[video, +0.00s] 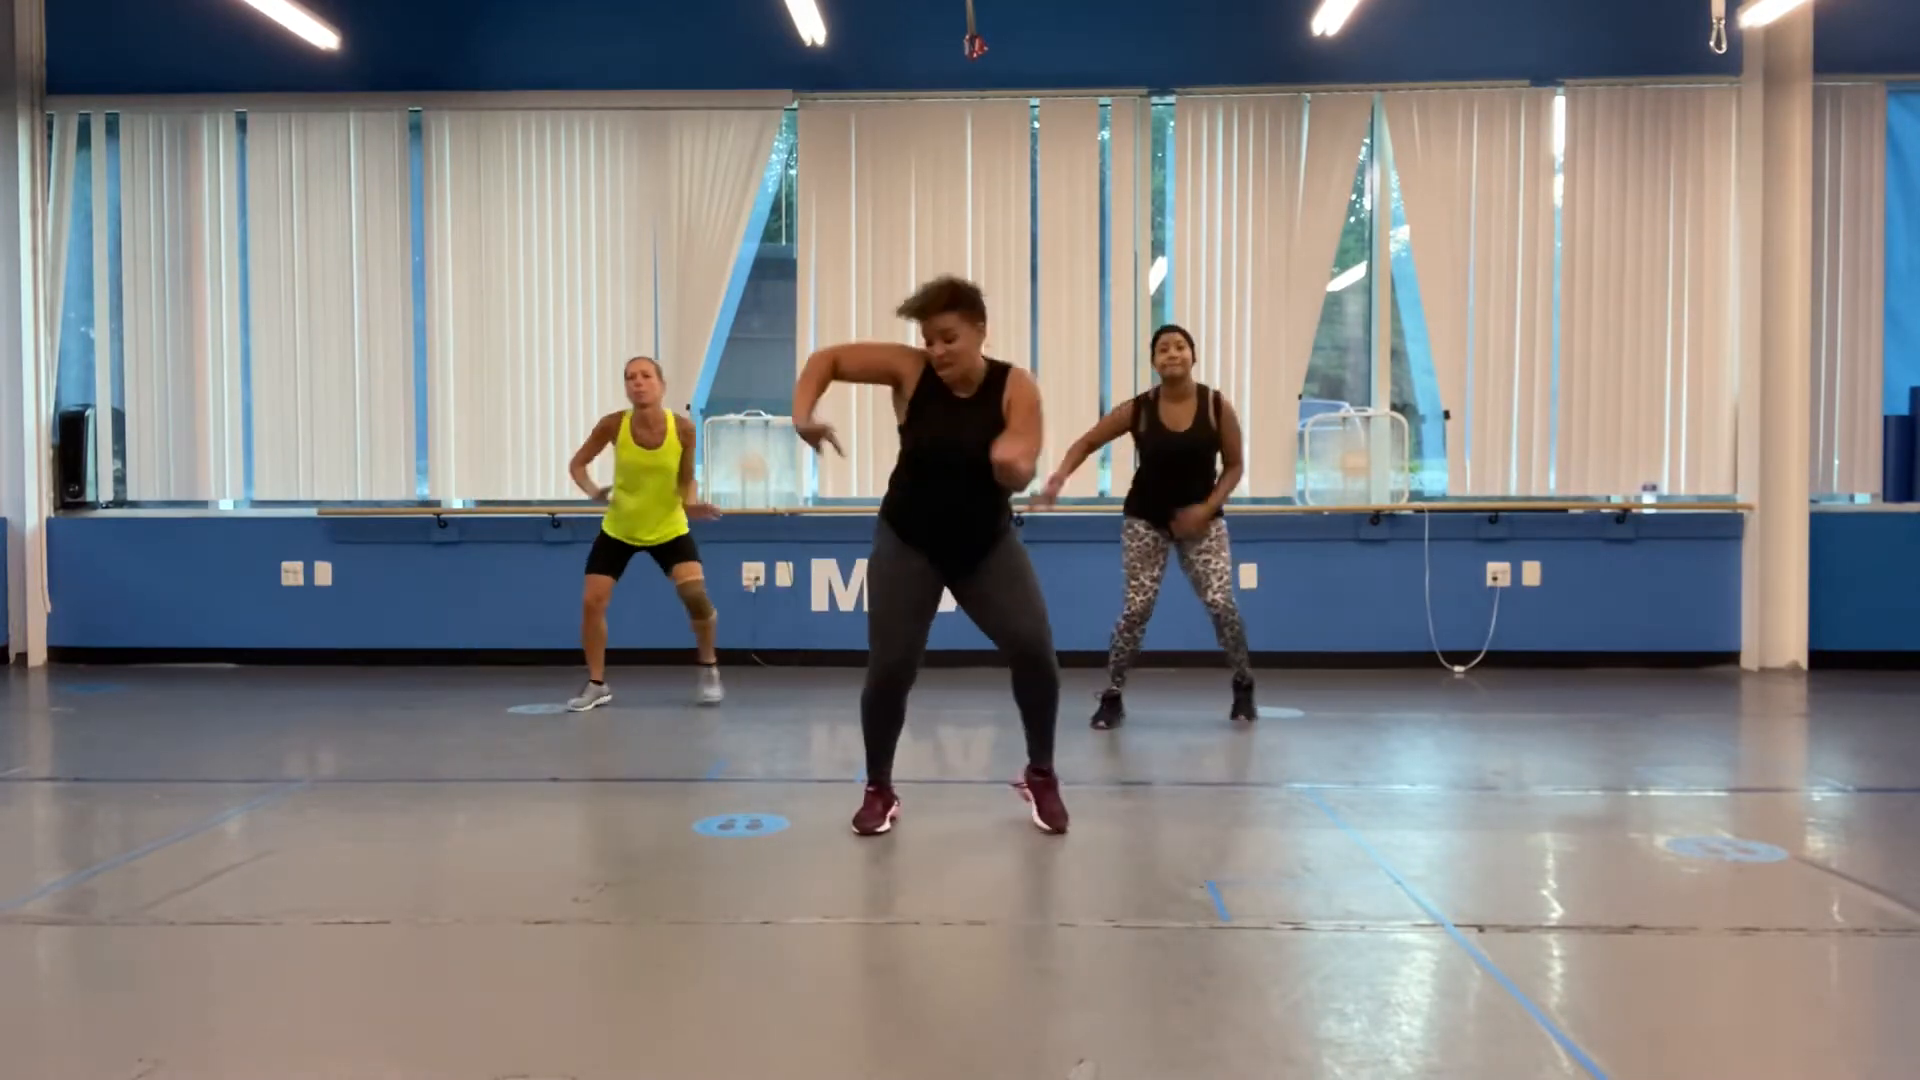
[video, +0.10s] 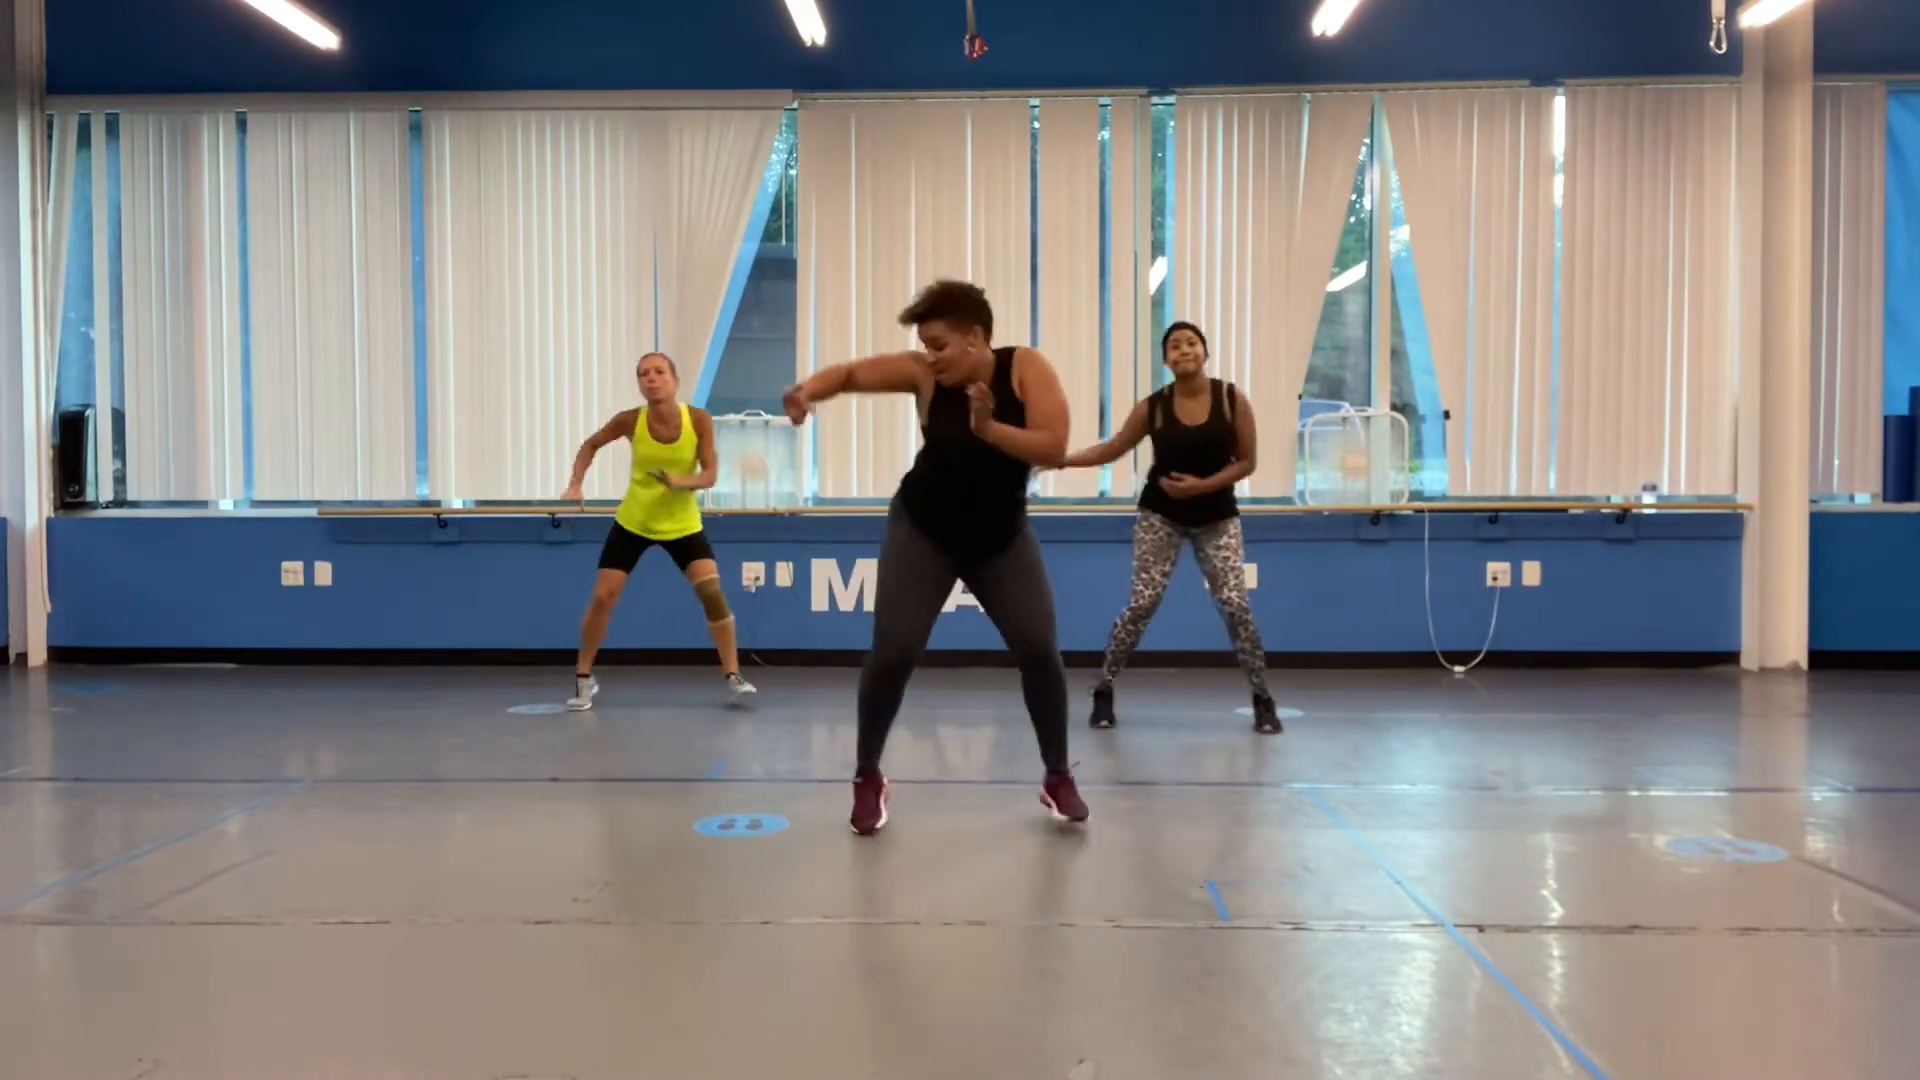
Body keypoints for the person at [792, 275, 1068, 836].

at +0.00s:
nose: (937, 350)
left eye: (949, 339)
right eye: (929, 339)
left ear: (980, 332)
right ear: (922, 337)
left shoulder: (1016, 388)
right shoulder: (908, 367)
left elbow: (1021, 467)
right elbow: (825, 359)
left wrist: (1005, 460)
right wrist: (801, 415)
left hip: (986, 545)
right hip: (907, 542)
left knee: (1035, 651)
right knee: (891, 668)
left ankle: (1041, 774)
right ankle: (878, 790)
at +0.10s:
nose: (929, 357)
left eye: (938, 345)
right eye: (925, 347)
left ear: (978, 337)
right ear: (926, 344)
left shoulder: (1027, 368)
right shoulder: (922, 372)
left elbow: (1053, 448)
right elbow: (851, 375)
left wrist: (988, 427)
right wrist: (806, 391)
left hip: (999, 537)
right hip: (922, 532)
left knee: (1040, 652)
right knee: (893, 655)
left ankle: (1058, 776)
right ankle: (867, 777)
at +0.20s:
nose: (933, 372)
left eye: (941, 360)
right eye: (930, 361)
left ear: (980, 351)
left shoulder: (1030, 376)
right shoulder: (928, 404)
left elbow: (1078, 436)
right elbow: (866, 443)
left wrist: (999, 445)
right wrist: (819, 427)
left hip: (1018, 550)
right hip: (942, 544)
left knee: (1053, 666)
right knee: (900, 650)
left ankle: (1064, 790)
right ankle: (853, 738)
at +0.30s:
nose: (922, 375)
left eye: (931, 363)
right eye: (919, 364)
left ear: (970, 357)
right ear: (958, 360)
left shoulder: (1027, 384)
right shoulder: (923, 424)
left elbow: (1087, 435)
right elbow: (906, 504)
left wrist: (1026, 471)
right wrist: (853, 474)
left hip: (1023, 557)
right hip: (945, 557)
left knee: (1056, 669)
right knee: (918, 657)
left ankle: (1064, 791)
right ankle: (861, 739)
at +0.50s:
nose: (871, 373)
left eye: (880, 360)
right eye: (869, 361)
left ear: (919, 356)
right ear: (890, 361)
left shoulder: (975, 367)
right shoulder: (880, 417)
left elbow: (1055, 367)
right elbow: (901, 511)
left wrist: (1061, 397)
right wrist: (887, 469)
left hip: (1002, 544)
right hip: (924, 552)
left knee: (1039, 665)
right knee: (857, 649)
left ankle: (1066, 789)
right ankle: (863, 758)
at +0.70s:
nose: (808, 369)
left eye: (816, 357)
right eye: (806, 357)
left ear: (853, 354)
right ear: (837, 357)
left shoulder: (916, 367)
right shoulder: (816, 413)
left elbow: (987, 367)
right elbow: (835, 496)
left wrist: (1021, 384)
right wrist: (862, 457)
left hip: (933, 545)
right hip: (855, 556)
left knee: (988, 647)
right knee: (819, 671)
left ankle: (999, 764)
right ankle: (841, 780)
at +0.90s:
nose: (760, 351)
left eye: (770, 339)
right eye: (758, 340)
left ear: (809, 340)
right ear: (783, 344)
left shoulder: (866, 364)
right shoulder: (764, 401)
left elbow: (944, 361)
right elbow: (765, 470)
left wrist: (996, 380)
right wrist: (814, 421)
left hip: (897, 536)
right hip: (821, 544)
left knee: (917, 660)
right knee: (763, 642)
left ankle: (931, 787)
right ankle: (793, 755)